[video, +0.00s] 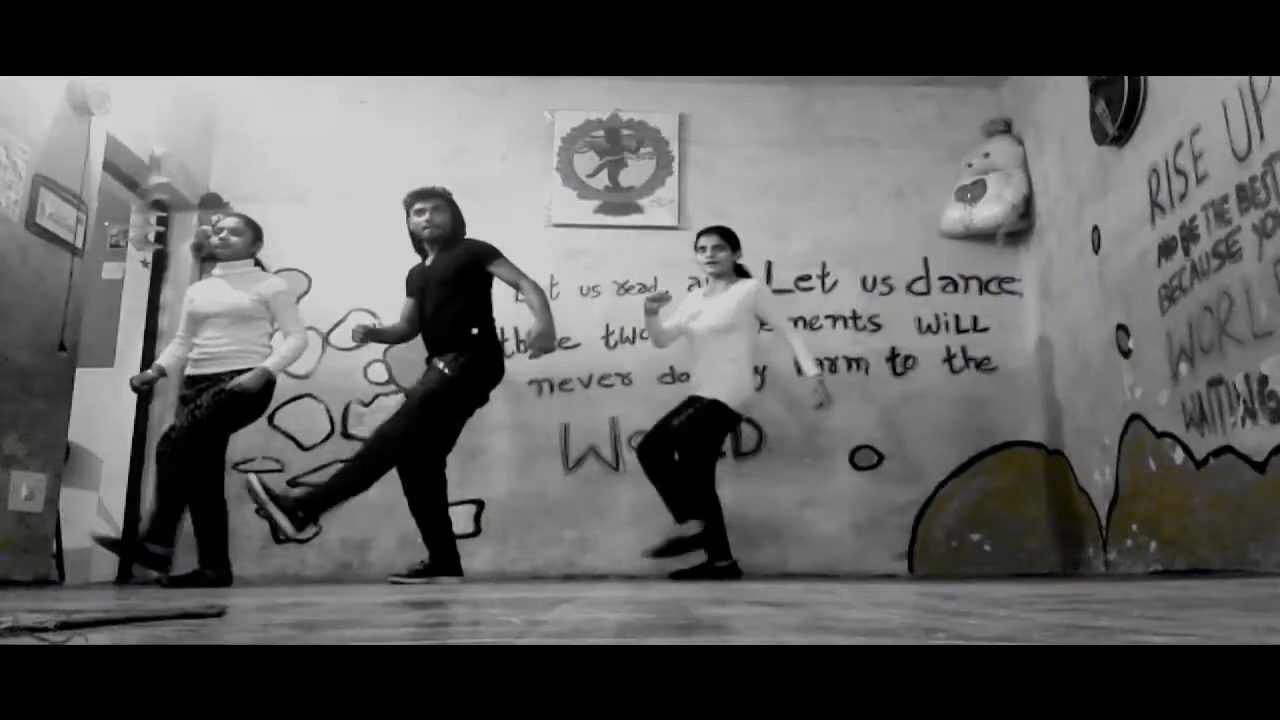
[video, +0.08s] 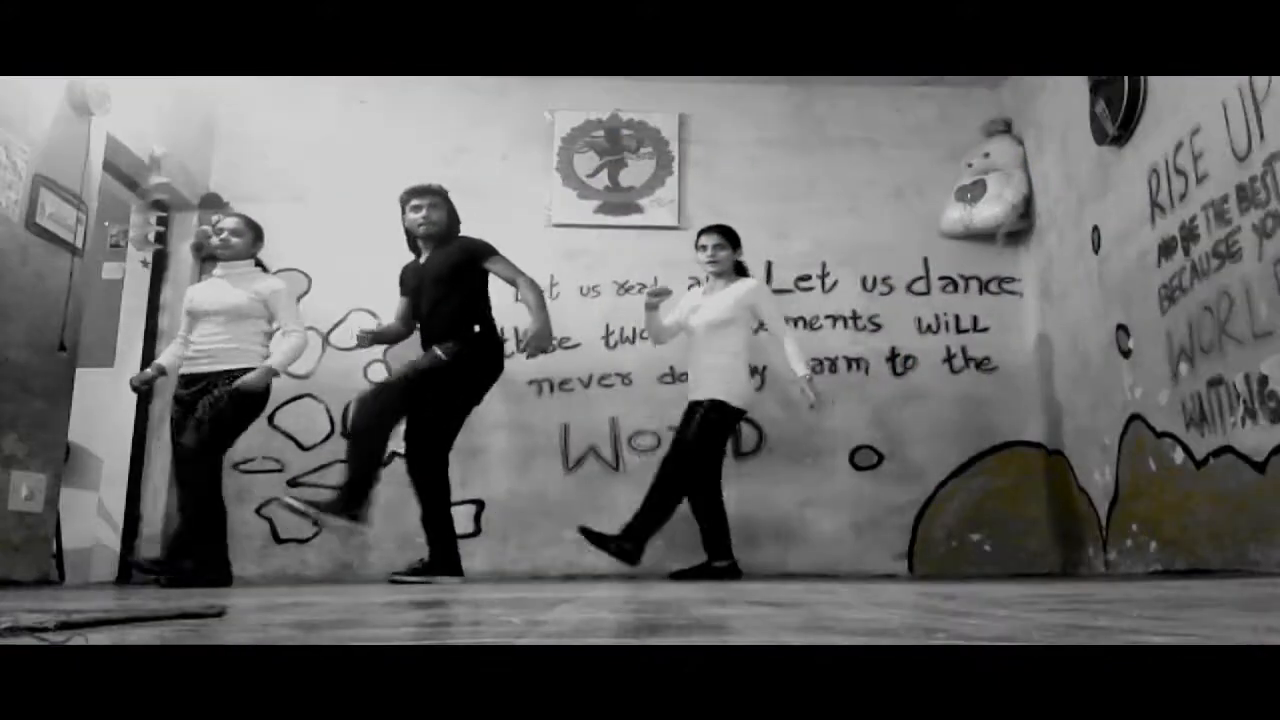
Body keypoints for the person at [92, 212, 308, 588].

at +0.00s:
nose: (221, 236)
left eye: (233, 232)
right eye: (217, 232)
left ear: (254, 246)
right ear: (210, 243)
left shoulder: (269, 284)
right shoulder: (198, 290)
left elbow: (295, 336)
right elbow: (183, 342)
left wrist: (264, 371)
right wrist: (155, 371)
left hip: (245, 384)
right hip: (198, 386)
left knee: (175, 445)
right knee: (205, 479)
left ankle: (157, 547)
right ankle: (215, 569)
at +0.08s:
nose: (223, 238)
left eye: (234, 234)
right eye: (219, 232)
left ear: (254, 246)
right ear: (211, 240)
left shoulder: (269, 285)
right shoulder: (197, 291)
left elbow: (294, 335)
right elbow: (183, 341)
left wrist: (266, 370)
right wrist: (155, 369)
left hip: (239, 382)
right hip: (192, 383)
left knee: (195, 453)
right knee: (191, 468)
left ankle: (199, 563)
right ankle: (203, 565)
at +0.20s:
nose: (222, 235)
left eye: (234, 231)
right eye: (218, 230)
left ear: (254, 245)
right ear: (210, 239)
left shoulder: (266, 282)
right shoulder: (197, 289)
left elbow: (288, 332)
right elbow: (182, 341)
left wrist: (277, 371)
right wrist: (149, 370)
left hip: (233, 380)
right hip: (184, 381)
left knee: (203, 463)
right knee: (185, 471)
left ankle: (205, 564)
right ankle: (203, 562)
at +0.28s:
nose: (138, 210)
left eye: (153, 206)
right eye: (134, 204)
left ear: (176, 222)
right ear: (126, 215)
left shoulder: (188, 266)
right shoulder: (106, 274)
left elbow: (228, 318)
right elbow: (86, 336)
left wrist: (204, 374)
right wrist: (45, 372)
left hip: (148, 384)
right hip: (89, 385)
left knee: (108, 483)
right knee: (88, 493)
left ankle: (110, 606)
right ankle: (120, 605)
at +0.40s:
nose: (138, 209)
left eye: (152, 205)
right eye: (132, 203)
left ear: (174, 222)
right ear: (122, 216)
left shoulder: (185, 265)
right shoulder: (104, 271)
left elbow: (233, 318)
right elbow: (83, 326)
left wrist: (200, 365)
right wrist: (62, 356)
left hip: (145, 382)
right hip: (87, 383)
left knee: (111, 484)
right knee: (73, 490)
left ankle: (105, 610)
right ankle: (92, 605)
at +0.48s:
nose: (135, 210)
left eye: (149, 206)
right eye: (128, 204)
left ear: (170, 222)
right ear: (117, 215)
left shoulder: (184, 267)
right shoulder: (101, 271)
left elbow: (224, 328)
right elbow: (84, 332)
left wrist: (192, 356)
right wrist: (68, 368)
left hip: (146, 384)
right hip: (88, 386)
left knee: (109, 485)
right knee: (70, 491)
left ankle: (104, 611)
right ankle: (76, 608)